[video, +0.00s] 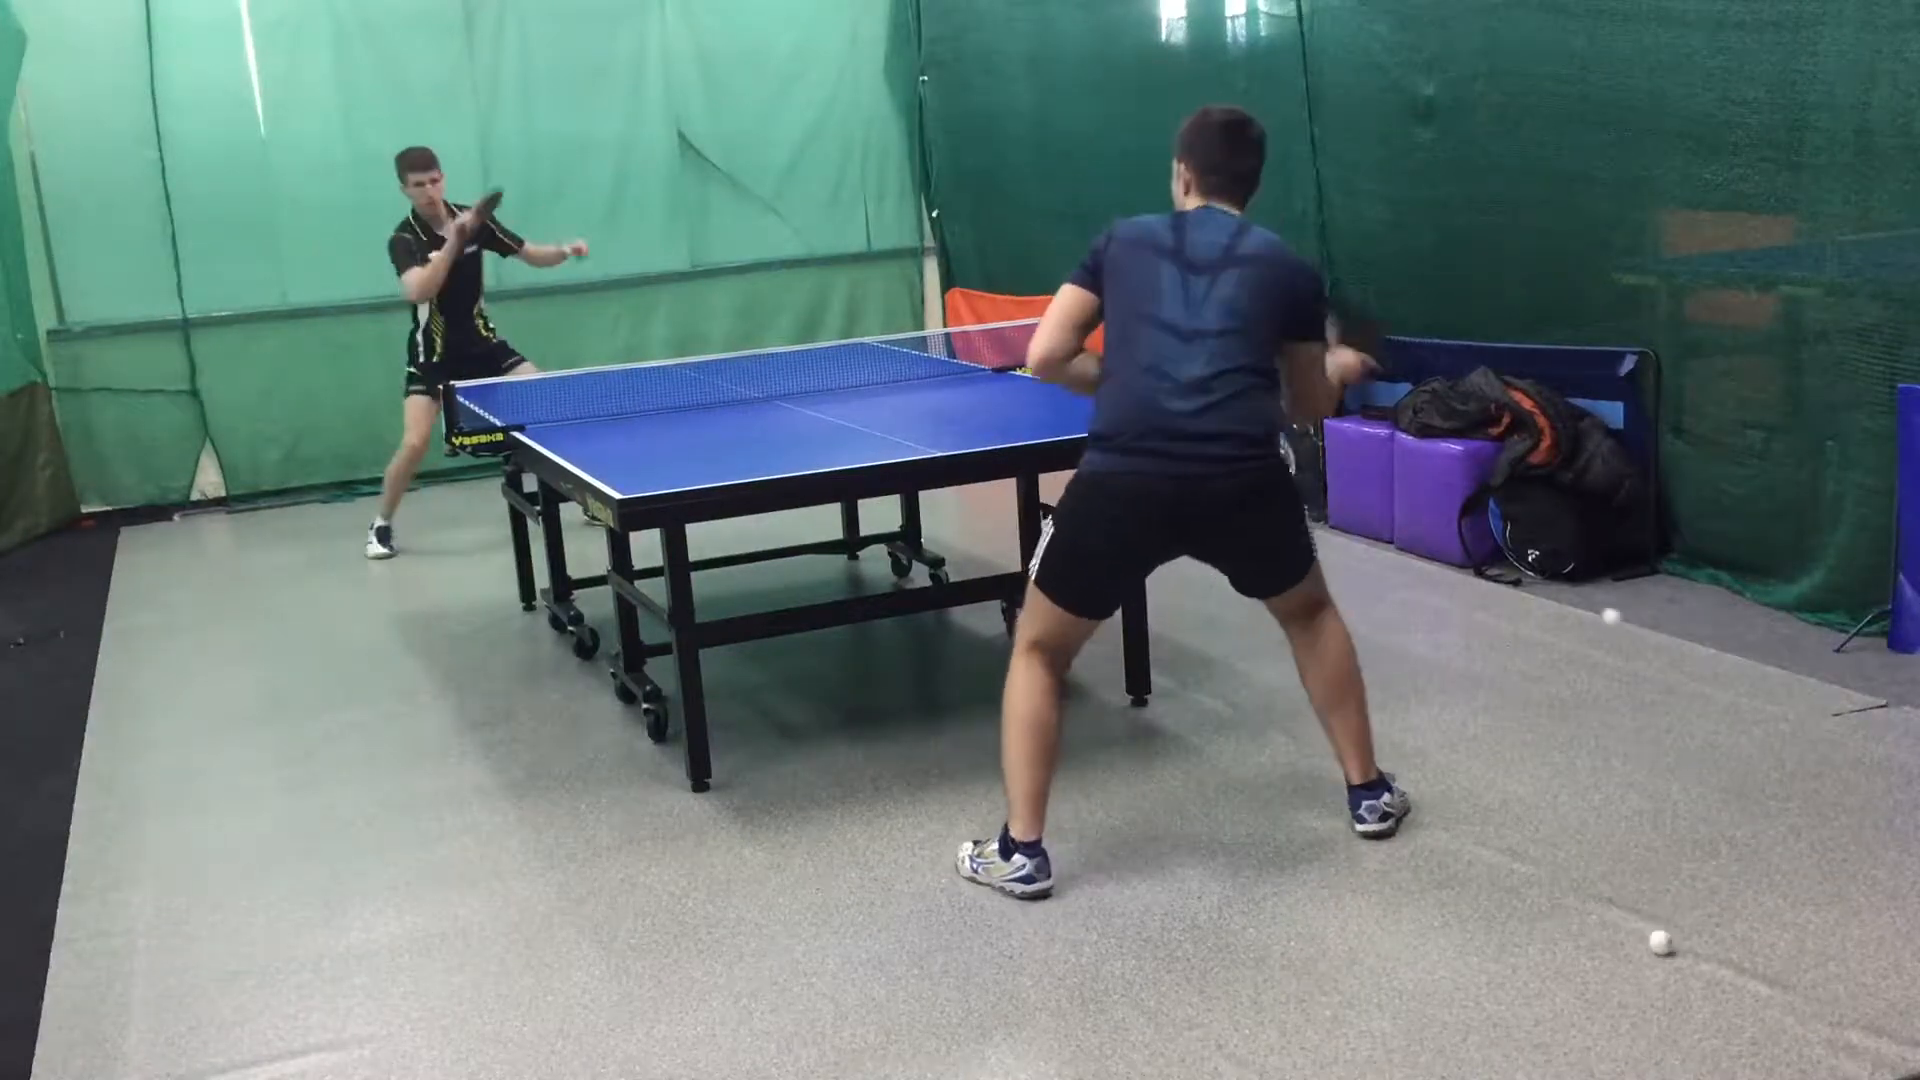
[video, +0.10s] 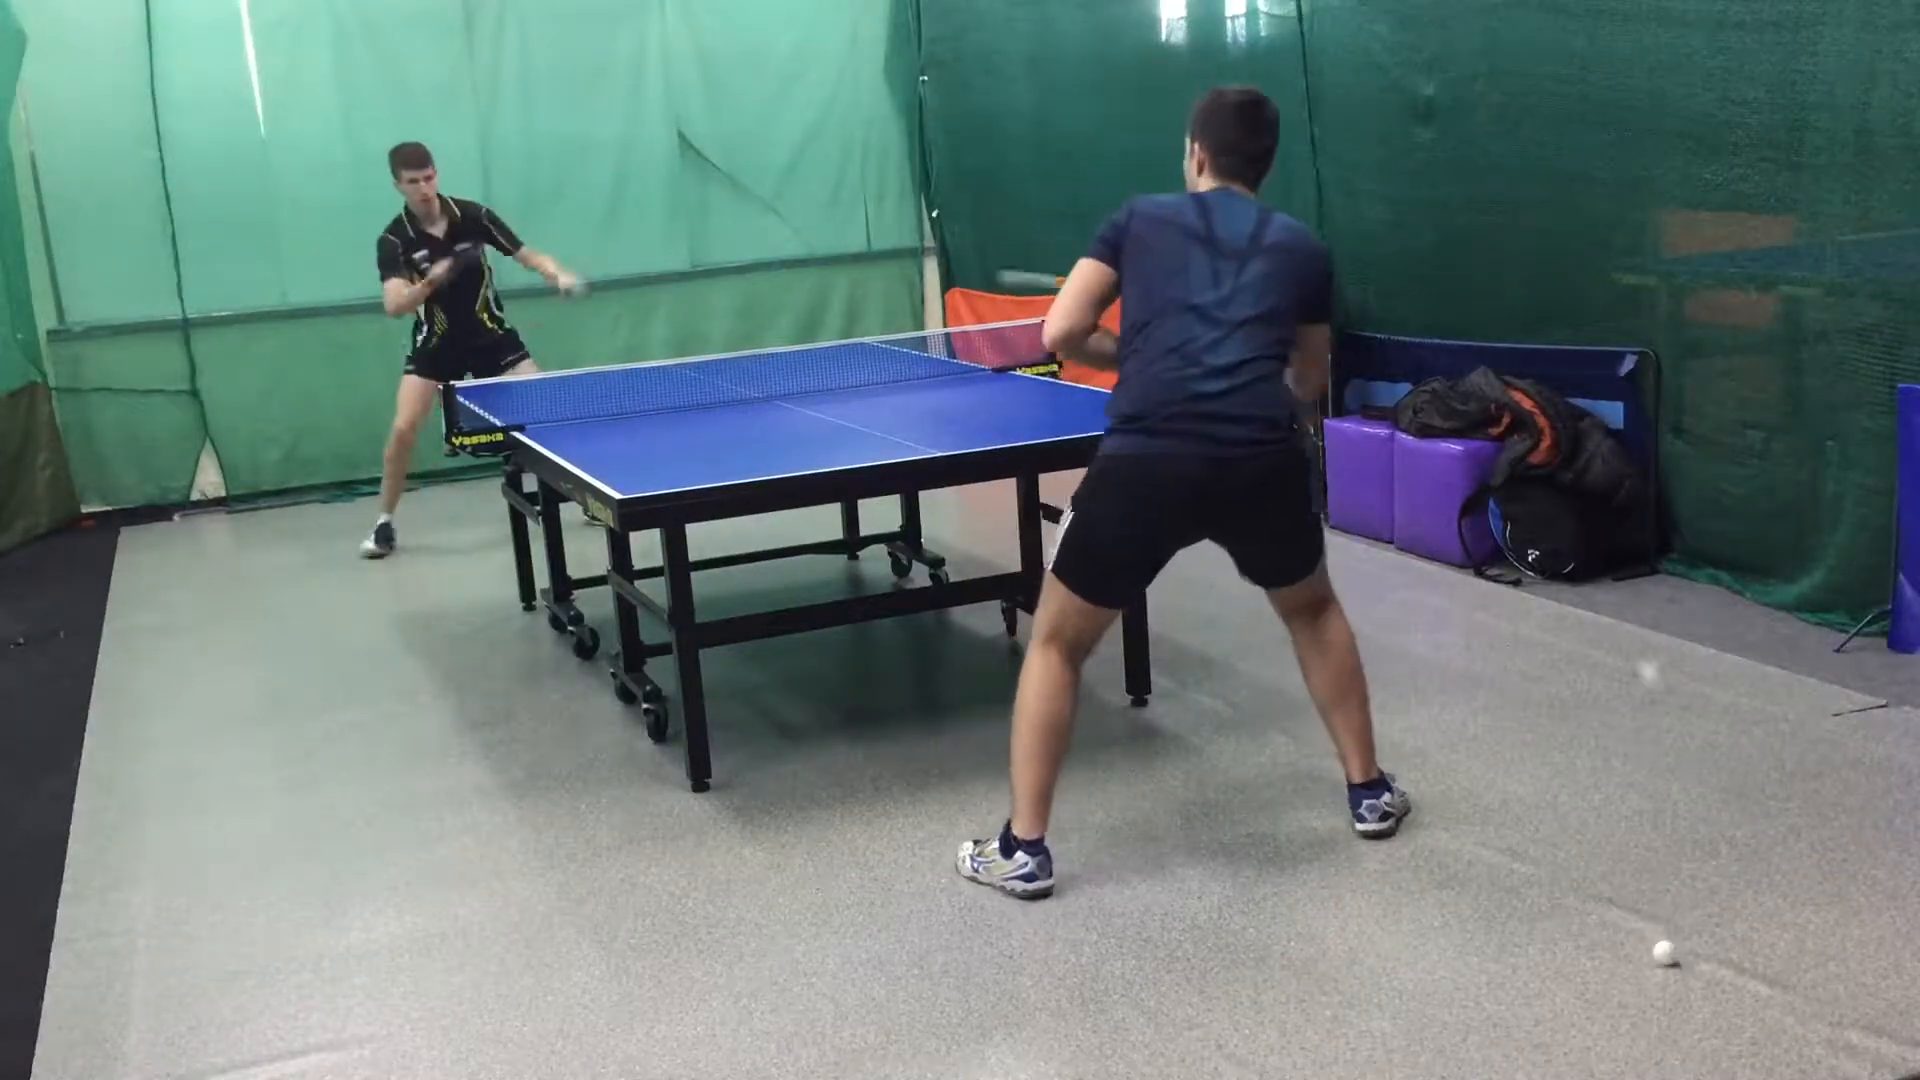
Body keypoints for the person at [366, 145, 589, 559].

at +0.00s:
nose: (431, 190)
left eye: (435, 181)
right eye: (420, 184)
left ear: (443, 179)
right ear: (405, 189)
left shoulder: (473, 219)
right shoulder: (405, 238)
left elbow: (529, 254)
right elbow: (418, 290)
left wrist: (563, 251)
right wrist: (452, 244)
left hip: (482, 342)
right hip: (432, 353)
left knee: (550, 396)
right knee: (416, 443)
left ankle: (589, 493)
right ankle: (382, 524)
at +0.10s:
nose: (426, 188)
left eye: (429, 178)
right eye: (415, 182)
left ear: (437, 174)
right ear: (399, 185)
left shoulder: (474, 216)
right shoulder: (395, 239)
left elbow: (526, 255)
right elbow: (393, 304)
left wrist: (555, 273)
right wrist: (429, 282)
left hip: (489, 334)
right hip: (435, 342)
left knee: (548, 400)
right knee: (403, 428)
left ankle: (591, 495)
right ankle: (384, 522)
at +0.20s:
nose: (408, 194)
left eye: (412, 184)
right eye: (397, 188)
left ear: (421, 179)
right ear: (382, 190)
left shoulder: (454, 219)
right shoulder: (381, 242)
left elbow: (505, 272)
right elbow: (380, 304)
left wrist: (514, 310)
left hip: (485, 323)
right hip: (436, 332)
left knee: (541, 396)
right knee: (400, 422)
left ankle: (566, 480)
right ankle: (406, 516)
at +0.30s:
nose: (392, 217)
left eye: (396, 207)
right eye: (381, 210)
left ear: (404, 200)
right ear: (366, 211)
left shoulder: (441, 241)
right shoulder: (373, 259)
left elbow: (467, 310)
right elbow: (376, 332)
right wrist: (348, 363)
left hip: (486, 329)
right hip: (436, 336)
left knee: (537, 407)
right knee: (401, 424)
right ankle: (408, 518)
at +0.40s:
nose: (382, 232)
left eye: (386, 220)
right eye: (371, 225)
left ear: (397, 210)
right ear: (360, 224)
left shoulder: (426, 249)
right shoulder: (381, 262)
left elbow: (446, 315)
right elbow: (388, 333)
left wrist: (398, 344)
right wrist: (336, 370)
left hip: (499, 345)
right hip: (448, 347)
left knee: (531, 425)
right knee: (400, 424)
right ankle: (408, 518)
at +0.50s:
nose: (389, 215)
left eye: (395, 204)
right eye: (380, 207)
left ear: (410, 197)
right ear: (373, 207)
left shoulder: (445, 231)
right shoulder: (394, 253)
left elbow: (499, 273)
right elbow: (399, 322)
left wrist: (470, 297)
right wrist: (351, 339)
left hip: (500, 336)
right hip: (449, 341)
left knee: (536, 419)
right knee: (407, 424)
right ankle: (410, 518)